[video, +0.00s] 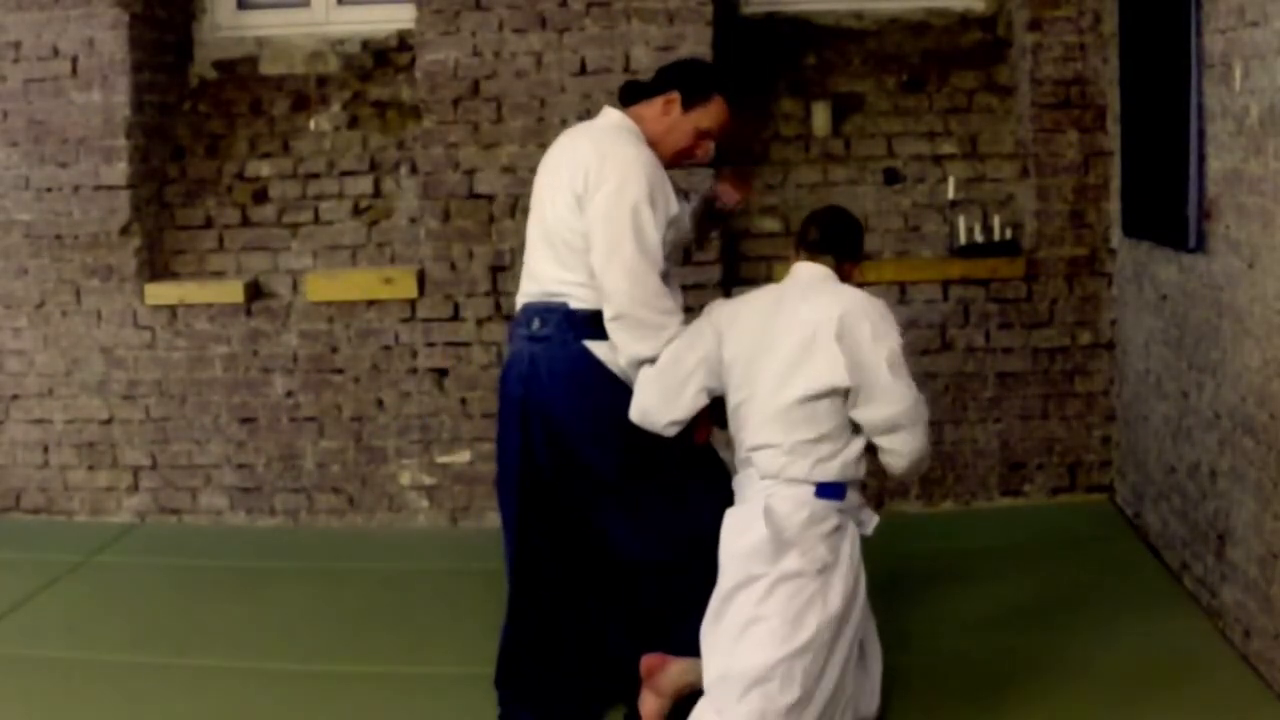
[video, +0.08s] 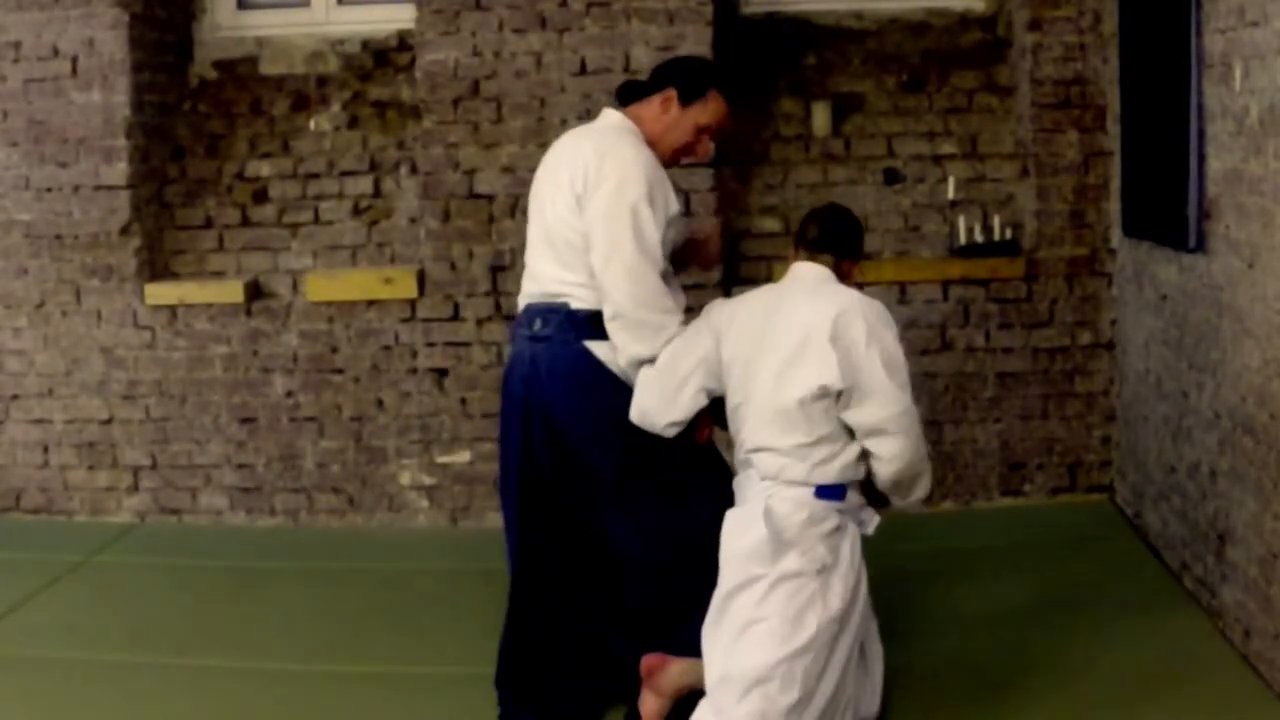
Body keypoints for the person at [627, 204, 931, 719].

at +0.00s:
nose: (856, 271)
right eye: (857, 261)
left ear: (796, 251)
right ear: (853, 261)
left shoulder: (734, 313)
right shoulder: (856, 311)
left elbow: (651, 406)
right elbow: (906, 444)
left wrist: (702, 417)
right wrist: (890, 467)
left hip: (753, 507)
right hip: (817, 516)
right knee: (775, 676)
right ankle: (683, 674)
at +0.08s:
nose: (858, 274)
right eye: (857, 262)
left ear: (795, 251)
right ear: (852, 262)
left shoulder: (733, 313)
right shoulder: (855, 314)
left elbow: (652, 406)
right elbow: (901, 458)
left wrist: (701, 413)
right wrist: (888, 492)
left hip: (754, 509)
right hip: (817, 520)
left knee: (850, 671)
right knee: (775, 681)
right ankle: (684, 675)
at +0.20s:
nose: (857, 274)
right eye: (857, 262)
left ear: (794, 250)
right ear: (851, 262)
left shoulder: (732, 312)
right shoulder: (853, 318)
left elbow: (652, 405)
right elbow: (885, 436)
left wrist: (698, 413)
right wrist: (900, 518)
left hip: (752, 508)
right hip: (818, 517)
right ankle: (684, 676)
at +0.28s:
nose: (858, 272)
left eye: (858, 261)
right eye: (858, 260)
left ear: (796, 249)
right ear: (853, 261)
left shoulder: (732, 311)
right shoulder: (854, 321)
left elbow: (651, 400)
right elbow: (882, 440)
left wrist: (700, 406)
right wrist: (908, 536)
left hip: (751, 509)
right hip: (816, 520)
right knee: (782, 674)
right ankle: (683, 678)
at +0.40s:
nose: (864, 273)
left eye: (866, 262)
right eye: (865, 261)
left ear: (803, 249)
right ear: (858, 262)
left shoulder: (737, 310)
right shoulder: (853, 321)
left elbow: (659, 393)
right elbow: (878, 438)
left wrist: (706, 430)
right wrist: (908, 540)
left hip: (749, 514)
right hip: (816, 524)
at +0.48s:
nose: (870, 274)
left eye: (872, 263)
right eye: (871, 263)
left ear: (810, 249)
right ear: (863, 263)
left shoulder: (745, 310)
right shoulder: (853, 320)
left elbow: (672, 389)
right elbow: (878, 435)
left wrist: (708, 449)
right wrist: (913, 538)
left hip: (750, 509)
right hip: (816, 521)